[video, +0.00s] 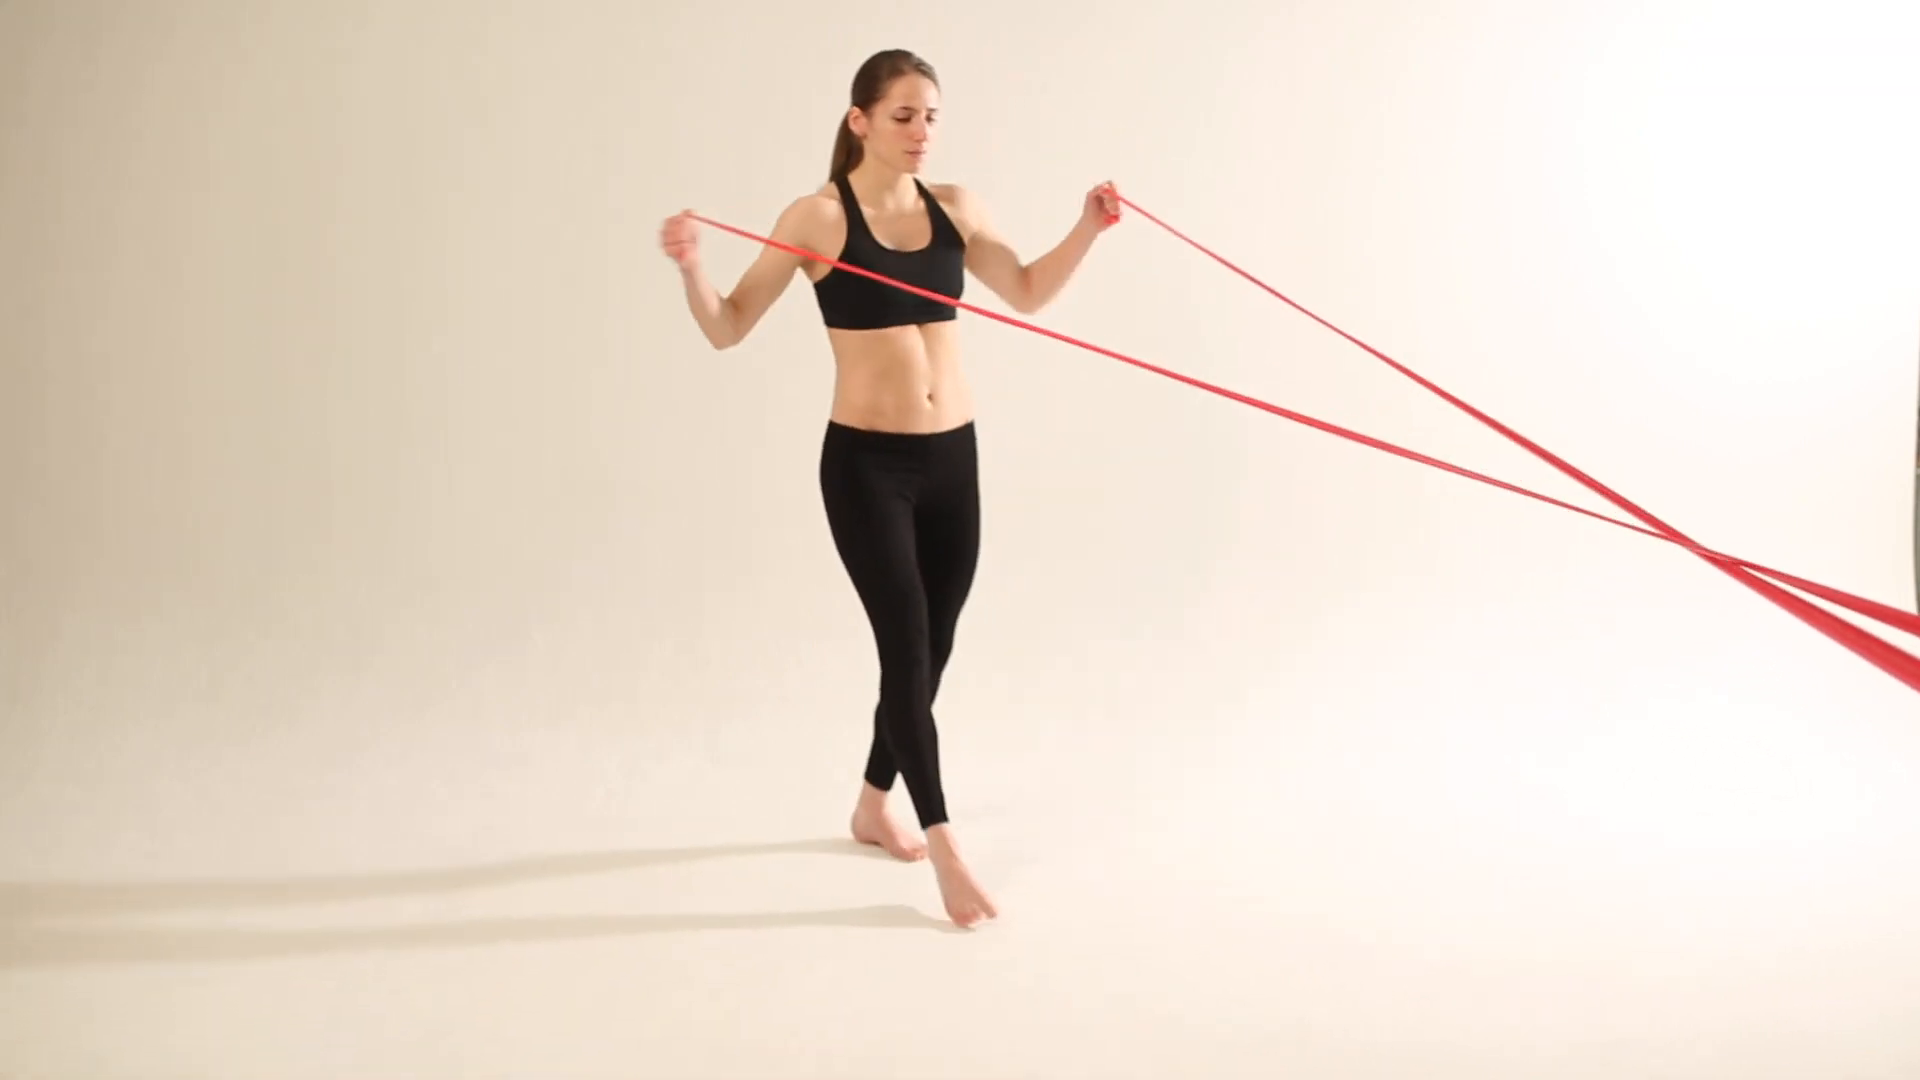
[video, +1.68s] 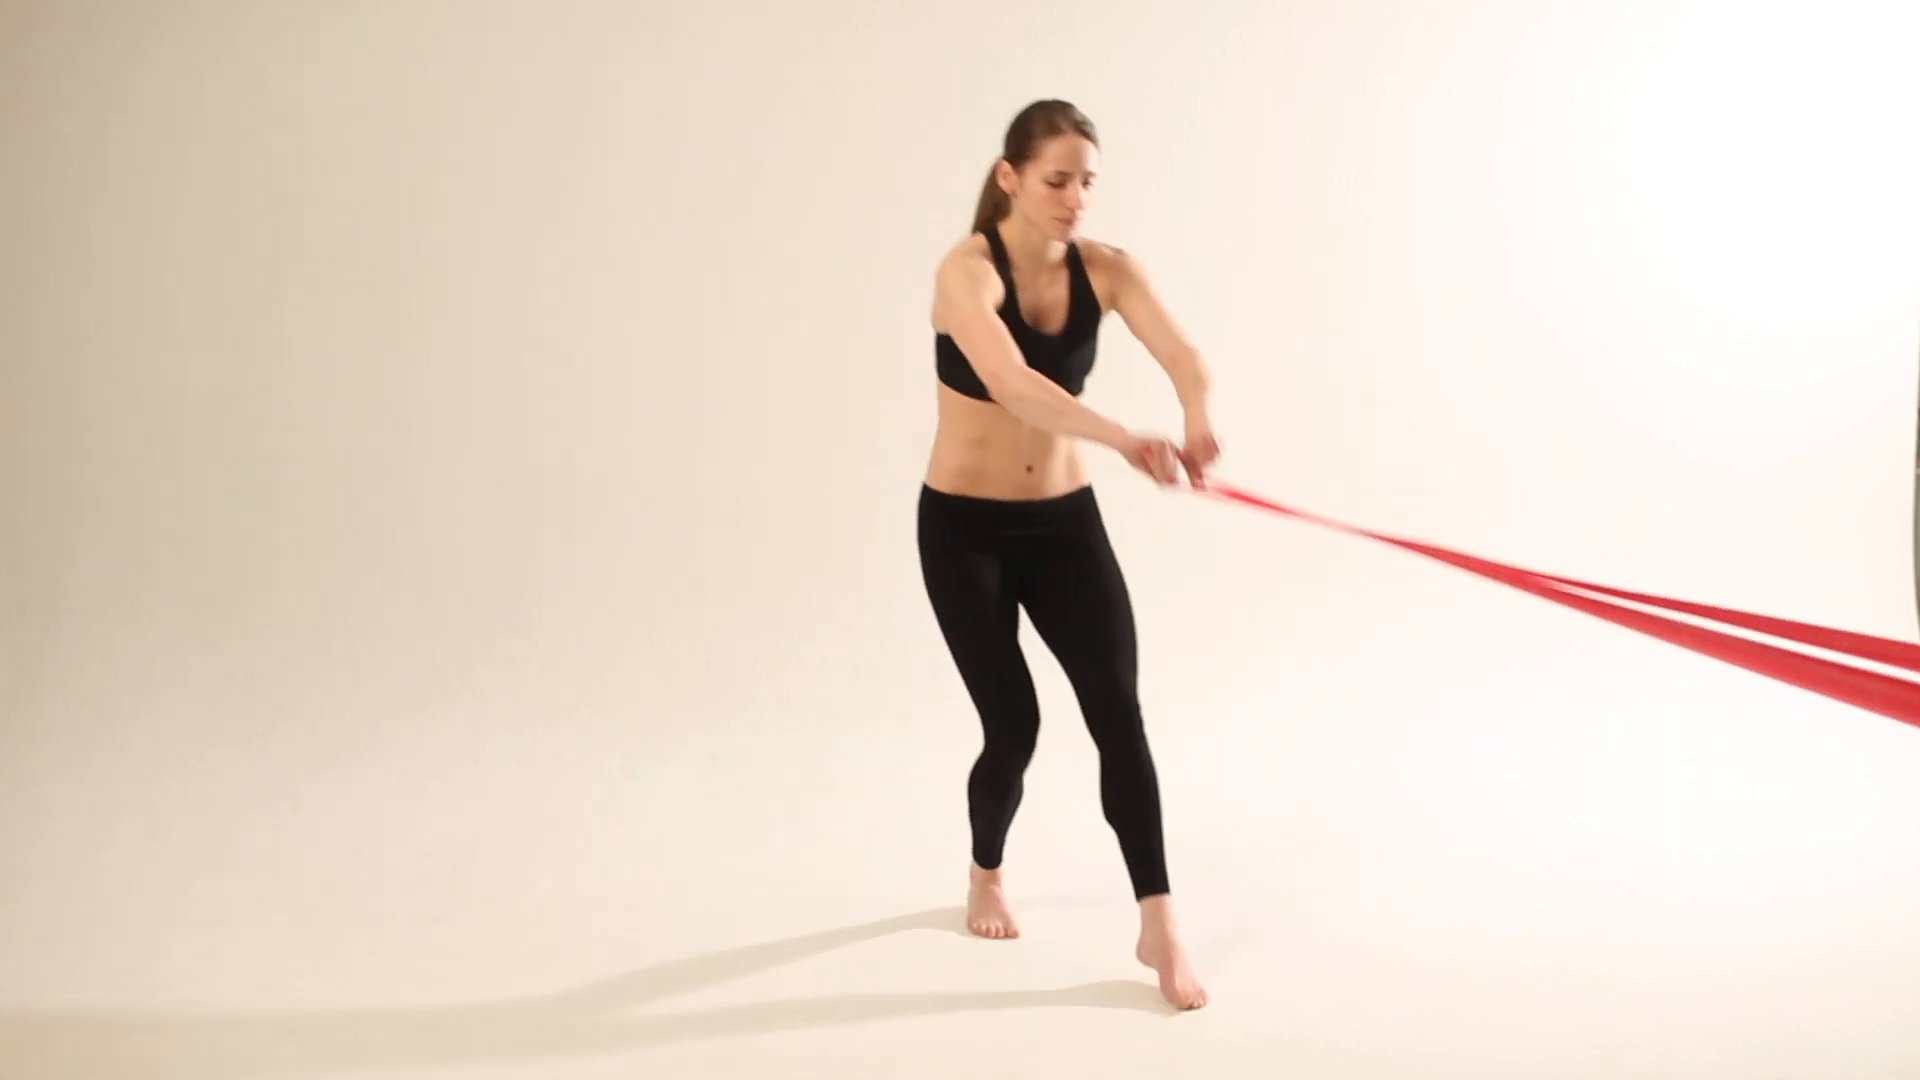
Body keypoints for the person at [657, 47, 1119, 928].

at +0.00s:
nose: (923, 131)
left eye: (931, 116)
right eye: (906, 116)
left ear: (936, 122)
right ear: (860, 121)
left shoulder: (952, 208)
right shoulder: (818, 216)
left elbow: (1026, 291)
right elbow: (727, 328)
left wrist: (1087, 228)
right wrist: (691, 269)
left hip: (953, 459)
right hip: (866, 462)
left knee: (929, 647)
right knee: (907, 649)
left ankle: (872, 802)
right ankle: (946, 853)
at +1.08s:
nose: (935, 141)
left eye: (946, 126)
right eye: (919, 125)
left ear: (954, 133)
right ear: (876, 128)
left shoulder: (970, 216)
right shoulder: (836, 221)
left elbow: (1076, 299)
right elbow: (760, 326)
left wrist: (1121, 226)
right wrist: (777, 249)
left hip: (970, 468)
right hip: (881, 471)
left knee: (947, 655)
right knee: (930, 657)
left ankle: (873, 797)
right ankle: (972, 860)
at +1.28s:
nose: (972, 135)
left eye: (982, 121)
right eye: (955, 120)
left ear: (990, 129)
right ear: (910, 125)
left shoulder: (1008, 214)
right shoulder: (873, 218)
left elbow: (1112, 306)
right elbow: (826, 326)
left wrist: (1135, 253)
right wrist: (899, 269)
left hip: (1001, 471)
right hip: (909, 475)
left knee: (1009, 670)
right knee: (951, 670)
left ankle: (920, 765)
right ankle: (980, 874)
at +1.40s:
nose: (997, 141)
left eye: (1008, 125)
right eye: (981, 125)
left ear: (1018, 130)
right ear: (935, 127)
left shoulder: (1037, 221)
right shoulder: (898, 221)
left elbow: (1126, 311)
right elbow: (879, 326)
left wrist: (1142, 291)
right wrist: (974, 299)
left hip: (1017, 479)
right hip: (920, 483)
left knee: (1055, 670)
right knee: (962, 673)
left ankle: (992, 794)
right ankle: (977, 873)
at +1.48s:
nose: (1017, 151)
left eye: (1028, 135)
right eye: (1001, 134)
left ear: (1037, 139)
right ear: (954, 134)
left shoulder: (1052, 227)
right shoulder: (915, 228)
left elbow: (1124, 301)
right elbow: (915, 334)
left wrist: (1150, 314)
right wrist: (1021, 329)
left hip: (1027, 485)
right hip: (928, 490)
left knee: (1075, 675)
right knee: (975, 683)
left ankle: (1055, 857)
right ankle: (982, 875)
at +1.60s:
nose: (1050, 176)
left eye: (1061, 160)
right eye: (1033, 158)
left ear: (1067, 165)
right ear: (984, 157)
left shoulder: (1080, 249)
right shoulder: (941, 250)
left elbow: (1163, 333)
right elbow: (970, 361)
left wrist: (1178, 375)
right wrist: (1083, 386)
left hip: (1048, 509)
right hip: (947, 512)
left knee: (1099, 703)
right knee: (996, 706)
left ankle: (1136, 902)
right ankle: (985, 879)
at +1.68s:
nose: (1077, 196)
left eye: (1086, 180)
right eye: (1060, 179)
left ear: (1092, 184)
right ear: (1008, 176)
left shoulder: (1103, 267)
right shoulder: (964, 272)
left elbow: (1185, 363)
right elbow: (1012, 384)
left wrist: (1197, 424)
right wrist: (1126, 440)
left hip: (1065, 526)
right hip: (963, 530)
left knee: (1118, 720)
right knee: (1013, 726)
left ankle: (1157, 921)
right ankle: (986, 875)